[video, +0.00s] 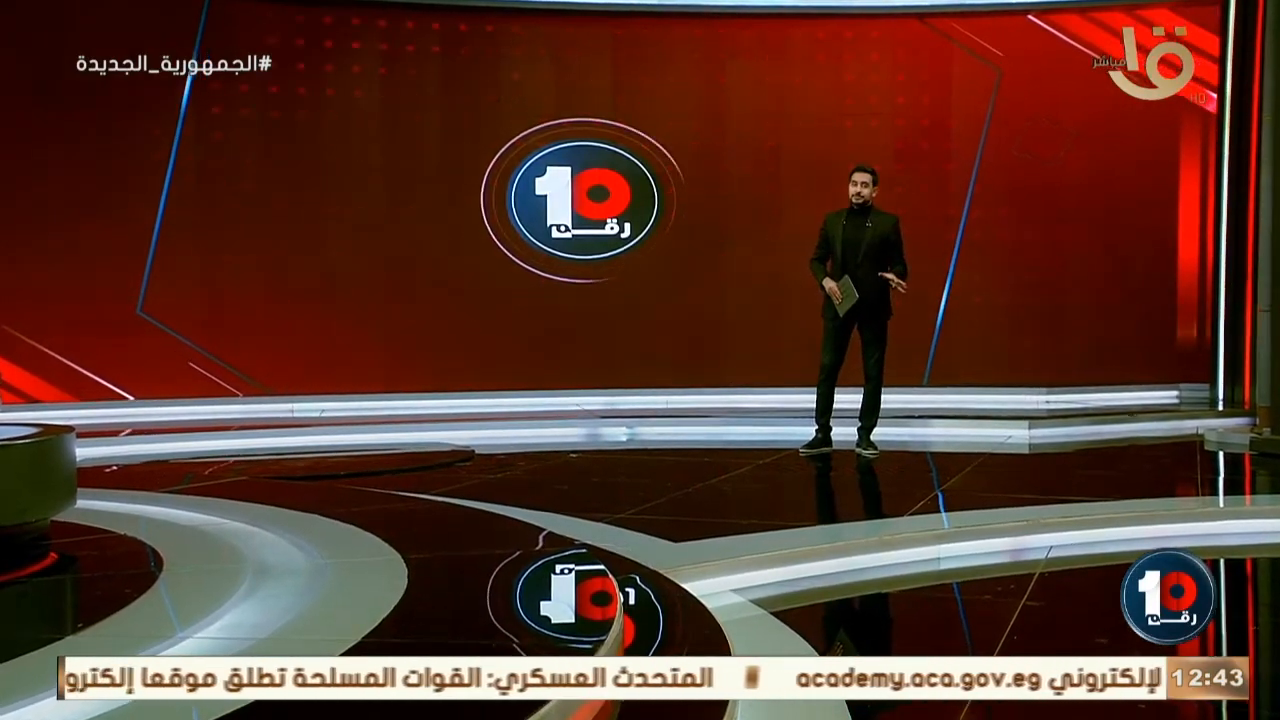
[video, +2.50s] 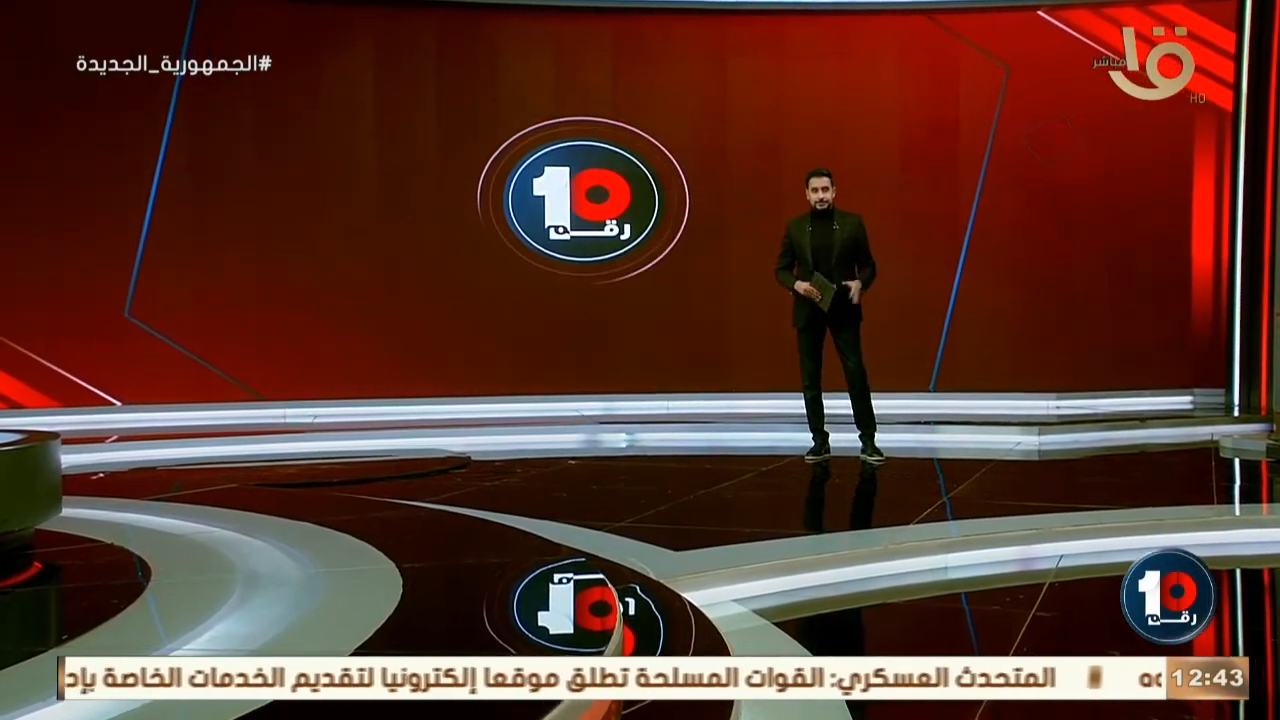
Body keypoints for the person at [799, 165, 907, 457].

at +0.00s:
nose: (858, 189)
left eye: (865, 185)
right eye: (854, 184)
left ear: (874, 190)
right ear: (848, 188)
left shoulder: (888, 223)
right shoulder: (833, 221)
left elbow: (899, 264)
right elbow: (816, 261)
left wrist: (896, 277)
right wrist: (825, 280)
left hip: (874, 309)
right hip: (839, 307)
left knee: (873, 374)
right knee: (828, 369)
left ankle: (865, 436)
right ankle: (822, 433)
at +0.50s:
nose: (863, 189)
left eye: (869, 185)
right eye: (859, 183)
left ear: (878, 190)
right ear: (852, 187)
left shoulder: (892, 224)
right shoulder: (836, 221)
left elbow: (902, 264)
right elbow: (818, 261)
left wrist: (900, 277)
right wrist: (828, 281)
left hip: (876, 309)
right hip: (841, 307)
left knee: (874, 376)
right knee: (829, 370)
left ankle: (866, 438)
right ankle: (823, 435)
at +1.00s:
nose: (865, 189)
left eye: (871, 185)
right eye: (860, 184)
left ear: (879, 190)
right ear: (852, 188)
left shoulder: (892, 224)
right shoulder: (837, 222)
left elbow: (902, 262)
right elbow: (820, 263)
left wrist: (908, 276)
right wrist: (831, 282)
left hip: (878, 309)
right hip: (842, 307)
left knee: (875, 376)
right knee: (831, 371)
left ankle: (867, 438)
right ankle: (824, 436)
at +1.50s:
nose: (857, 192)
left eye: (862, 186)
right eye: (852, 186)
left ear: (871, 190)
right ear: (844, 190)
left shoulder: (886, 223)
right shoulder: (830, 223)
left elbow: (896, 261)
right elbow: (812, 265)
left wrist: (903, 278)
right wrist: (825, 283)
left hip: (873, 308)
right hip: (836, 307)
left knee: (873, 376)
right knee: (826, 372)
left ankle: (868, 440)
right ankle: (819, 437)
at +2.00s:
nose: (835, 191)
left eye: (840, 186)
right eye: (830, 186)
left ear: (850, 189)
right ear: (822, 191)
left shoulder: (868, 223)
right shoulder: (812, 225)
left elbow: (885, 266)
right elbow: (797, 267)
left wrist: (877, 272)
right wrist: (808, 285)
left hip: (858, 309)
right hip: (821, 309)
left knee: (863, 376)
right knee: (817, 377)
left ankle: (868, 440)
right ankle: (819, 439)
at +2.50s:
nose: (820, 195)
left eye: (825, 189)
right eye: (815, 190)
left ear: (834, 191)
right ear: (807, 194)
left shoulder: (852, 224)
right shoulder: (796, 228)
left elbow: (868, 266)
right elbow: (782, 270)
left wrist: (860, 283)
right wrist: (796, 284)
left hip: (844, 311)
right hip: (809, 312)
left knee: (856, 373)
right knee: (810, 378)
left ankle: (868, 441)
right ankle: (819, 441)